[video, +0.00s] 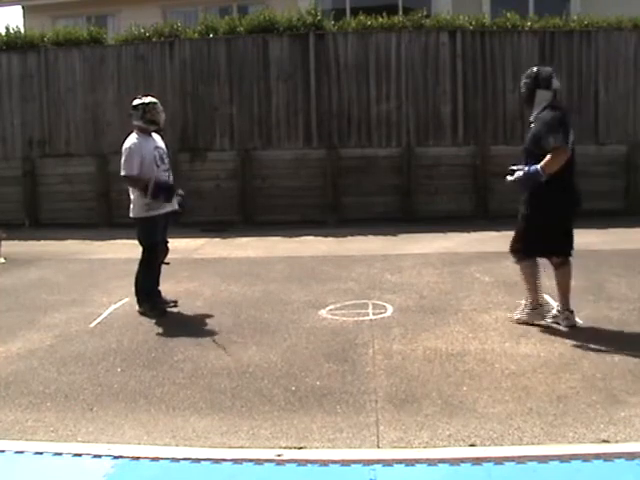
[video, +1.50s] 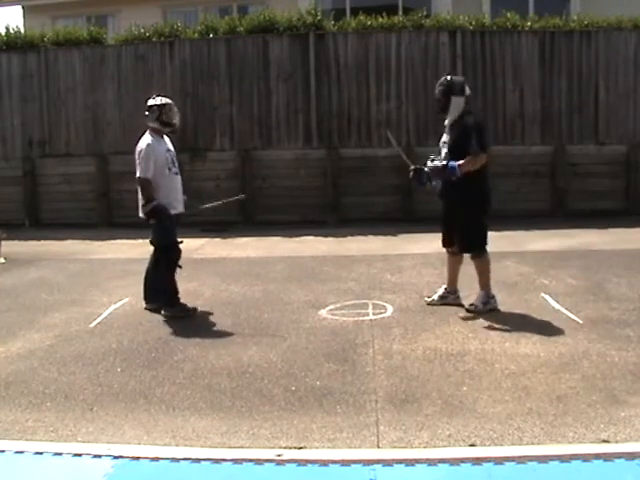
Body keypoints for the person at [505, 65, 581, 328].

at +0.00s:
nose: (522, 94)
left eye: (526, 89)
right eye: (524, 89)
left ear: (536, 91)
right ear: (548, 90)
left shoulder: (552, 118)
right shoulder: (545, 117)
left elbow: (560, 153)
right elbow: (547, 155)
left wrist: (533, 172)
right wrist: (527, 169)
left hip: (545, 199)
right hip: (555, 197)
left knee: (522, 249)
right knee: (559, 253)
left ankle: (534, 303)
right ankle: (564, 309)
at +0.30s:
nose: (491, 98)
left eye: (495, 94)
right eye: (492, 93)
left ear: (506, 97)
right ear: (512, 96)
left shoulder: (515, 125)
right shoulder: (515, 122)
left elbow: (518, 166)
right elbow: (512, 160)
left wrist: (493, 182)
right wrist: (493, 167)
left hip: (513, 199)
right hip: (524, 198)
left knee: (496, 249)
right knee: (524, 250)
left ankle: (497, 300)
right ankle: (554, 294)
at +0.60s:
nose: (472, 96)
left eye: (476, 91)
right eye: (473, 90)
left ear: (488, 94)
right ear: (490, 95)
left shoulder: (499, 123)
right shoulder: (487, 121)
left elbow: (494, 162)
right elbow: (481, 155)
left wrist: (472, 182)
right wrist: (468, 173)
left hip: (496, 195)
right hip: (487, 193)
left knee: (488, 245)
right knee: (477, 241)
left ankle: (497, 300)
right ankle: (487, 289)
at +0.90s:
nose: (446, 102)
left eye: (450, 97)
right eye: (447, 96)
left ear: (462, 99)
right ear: (463, 98)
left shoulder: (480, 125)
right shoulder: (459, 125)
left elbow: (486, 161)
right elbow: (463, 162)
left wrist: (470, 189)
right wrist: (449, 181)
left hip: (478, 197)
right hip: (461, 195)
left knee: (478, 250)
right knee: (455, 243)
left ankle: (497, 300)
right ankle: (451, 290)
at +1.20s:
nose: (433, 105)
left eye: (436, 100)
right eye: (432, 100)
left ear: (449, 99)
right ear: (444, 99)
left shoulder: (468, 121)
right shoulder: (446, 125)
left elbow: (481, 150)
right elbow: (448, 163)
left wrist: (465, 178)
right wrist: (430, 177)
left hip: (471, 193)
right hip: (453, 192)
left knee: (465, 244)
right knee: (451, 242)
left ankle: (487, 291)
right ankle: (450, 289)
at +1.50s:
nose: (439, 103)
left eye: (443, 97)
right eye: (440, 97)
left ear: (456, 98)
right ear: (450, 99)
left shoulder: (472, 124)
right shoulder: (450, 125)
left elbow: (480, 157)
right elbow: (447, 157)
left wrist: (451, 169)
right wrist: (427, 171)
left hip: (472, 197)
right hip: (453, 196)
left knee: (476, 246)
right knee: (452, 244)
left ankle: (486, 294)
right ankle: (450, 290)